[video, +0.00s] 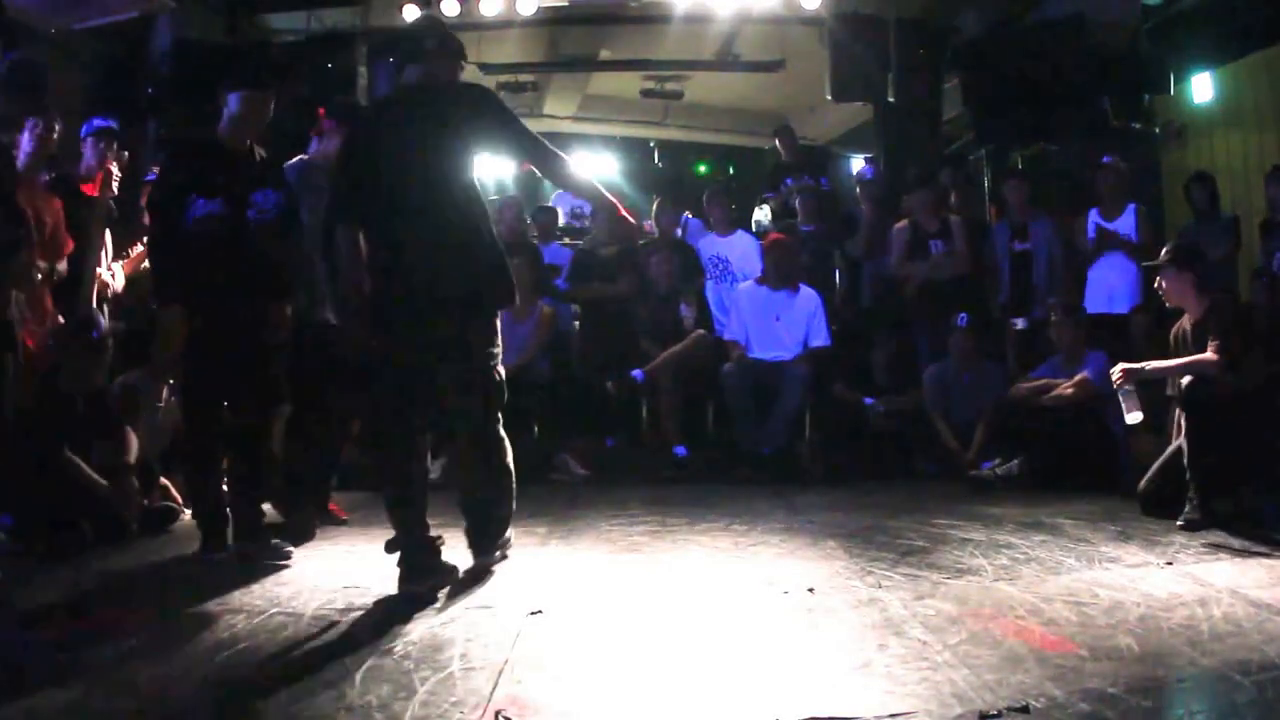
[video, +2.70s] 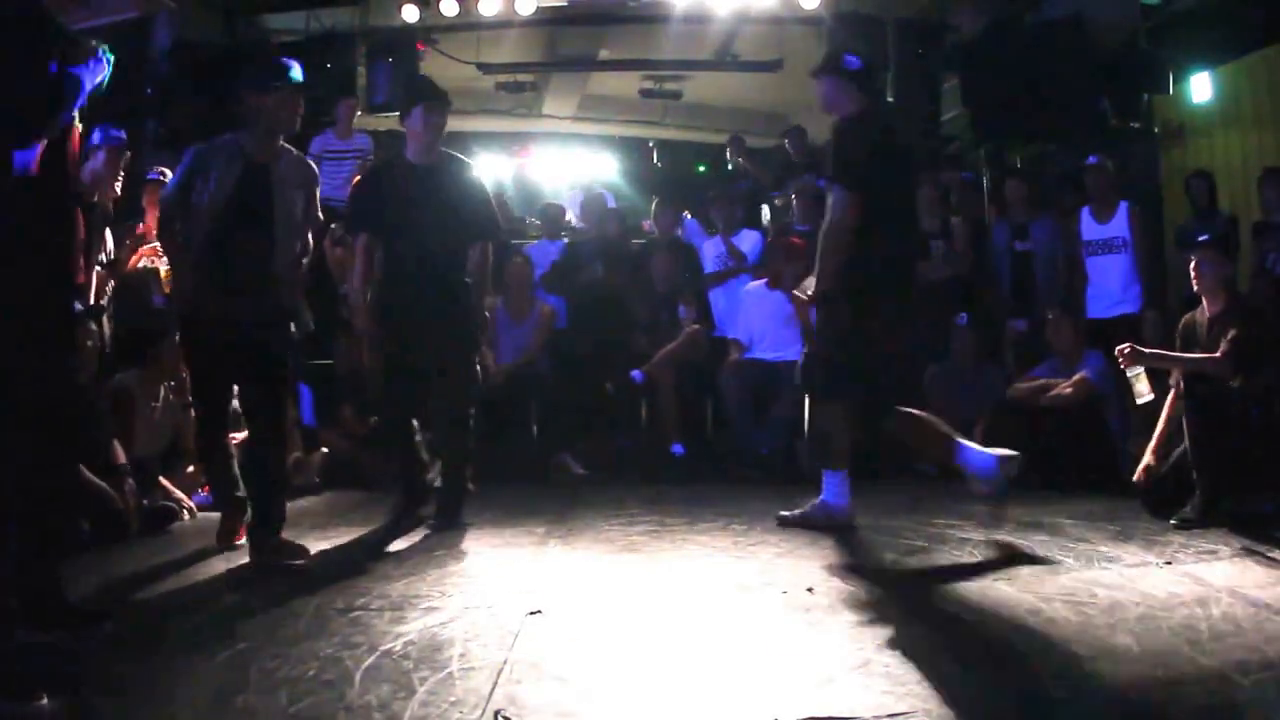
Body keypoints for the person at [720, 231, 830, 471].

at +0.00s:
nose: (778, 267)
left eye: (784, 260)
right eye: (773, 260)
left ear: (793, 263)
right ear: (765, 262)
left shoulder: (809, 297)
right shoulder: (744, 293)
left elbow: (820, 346)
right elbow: (733, 338)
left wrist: (799, 361)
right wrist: (738, 354)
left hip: (787, 361)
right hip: (754, 361)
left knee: (799, 376)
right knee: (731, 374)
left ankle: (773, 446)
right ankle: (749, 446)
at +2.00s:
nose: (793, 268)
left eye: (799, 261)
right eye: (787, 261)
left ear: (807, 265)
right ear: (775, 264)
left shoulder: (818, 302)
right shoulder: (753, 293)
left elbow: (822, 352)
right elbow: (737, 339)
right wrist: (733, 356)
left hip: (791, 364)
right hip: (755, 363)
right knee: (733, 373)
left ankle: (775, 450)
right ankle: (746, 448)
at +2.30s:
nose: (796, 269)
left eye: (800, 263)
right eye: (790, 262)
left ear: (805, 266)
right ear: (777, 264)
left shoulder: (816, 302)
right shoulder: (752, 292)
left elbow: (821, 351)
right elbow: (738, 339)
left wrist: (802, 360)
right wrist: (733, 357)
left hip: (790, 364)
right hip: (754, 363)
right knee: (730, 374)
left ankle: (778, 449)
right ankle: (747, 447)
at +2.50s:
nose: (794, 269)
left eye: (799, 263)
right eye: (788, 262)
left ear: (805, 266)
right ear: (776, 264)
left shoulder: (816, 301)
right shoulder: (753, 292)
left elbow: (821, 352)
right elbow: (740, 339)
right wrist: (733, 356)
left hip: (792, 361)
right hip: (756, 360)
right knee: (732, 376)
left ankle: (775, 450)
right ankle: (745, 448)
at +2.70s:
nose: (793, 268)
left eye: (796, 262)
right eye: (789, 260)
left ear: (802, 265)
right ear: (773, 262)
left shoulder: (805, 294)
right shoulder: (752, 292)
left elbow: (812, 339)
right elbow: (740, 338)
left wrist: (797, 305)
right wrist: (734, 355)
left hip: (791, 361)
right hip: (757, 360)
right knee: (731, 376)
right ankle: (744, 444)